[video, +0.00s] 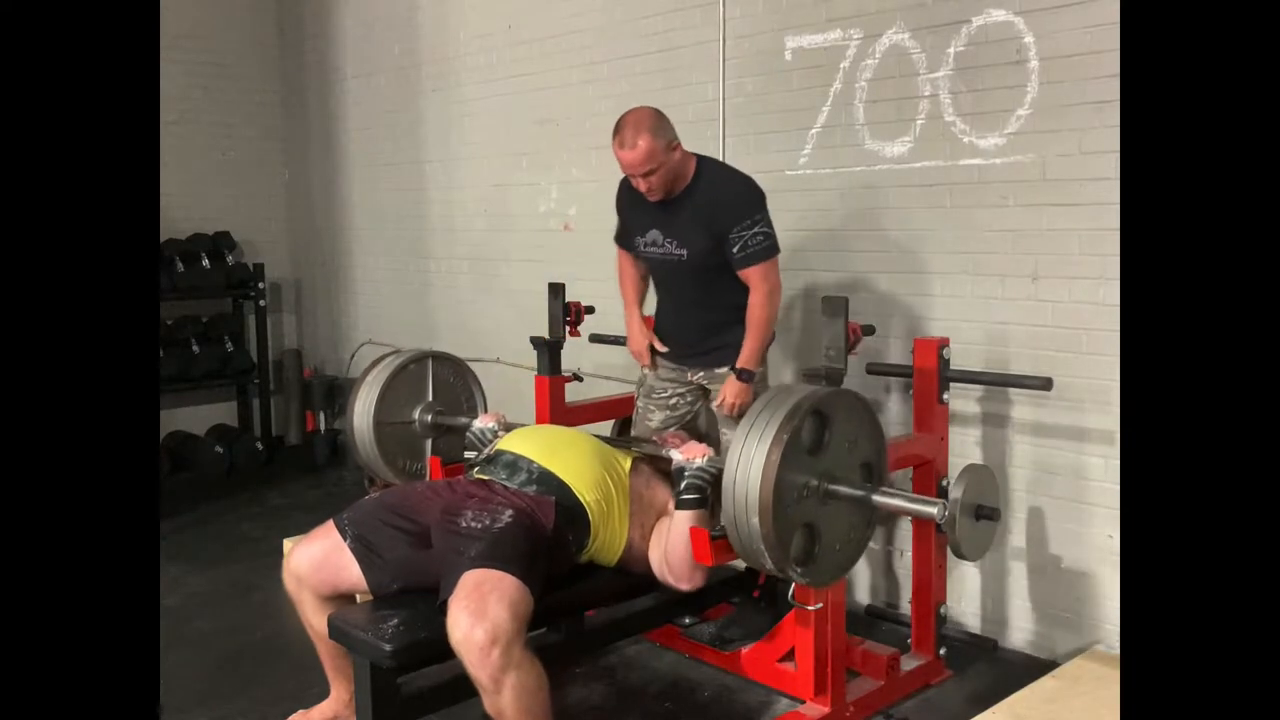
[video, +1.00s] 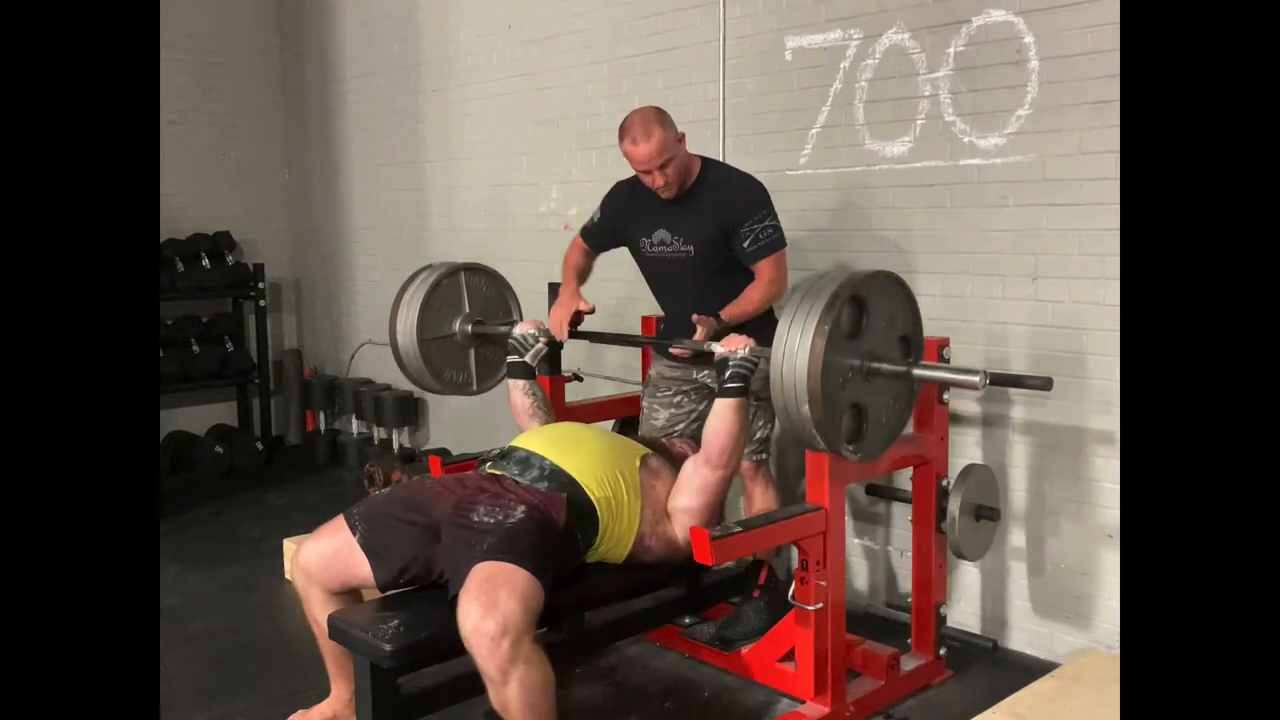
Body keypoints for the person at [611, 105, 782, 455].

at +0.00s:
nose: (640, 186)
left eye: (648, 173)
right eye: (631, 176)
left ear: (676, 151)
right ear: (622, 164)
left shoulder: (733, 194)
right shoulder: (631, 194)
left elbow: (766, 287)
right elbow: (630, 254)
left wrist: (744, 373)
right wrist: (634, 319)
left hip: (731, 366)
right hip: (667, 363)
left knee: (738, 480)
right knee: (649, 473)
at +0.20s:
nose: (647, 186)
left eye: (657, 174)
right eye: (638, 175)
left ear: (684, 153)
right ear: (630, 161)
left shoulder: (740, 197)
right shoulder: (634, 194)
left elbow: (774, 290)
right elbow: (628, 252)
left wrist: (743, 375)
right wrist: (625, 319)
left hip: (734, 370)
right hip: (669, 367)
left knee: (739, 487)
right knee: (653, 482)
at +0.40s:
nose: (644, 188)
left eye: (652, 176)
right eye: (635, 178)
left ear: (680, 155)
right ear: (624, 164)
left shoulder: (734, 199)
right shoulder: (626, 203)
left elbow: (765, 294)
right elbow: (616, 265)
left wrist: (726, 369)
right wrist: (606, 327)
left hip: (736, 362)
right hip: (668, 361)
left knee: (737, 478)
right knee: (659, 479)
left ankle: (762, 596)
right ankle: (678, 595)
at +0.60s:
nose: (646, 185)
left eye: (654, 172)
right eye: (635, 175)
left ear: (680, 150)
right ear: (624, 162)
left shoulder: (733, 197)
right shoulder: (626, 203)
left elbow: (769, 288)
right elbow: (618, 266)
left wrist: (726, 356)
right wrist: (610, 327)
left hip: (741, 356)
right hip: (670, 358)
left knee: (746, 468)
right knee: (669, 461)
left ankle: (769, 589)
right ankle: (706, 575)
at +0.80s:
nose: (651, 184)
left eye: (658, 170)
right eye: (639, 175)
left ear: (681, 146)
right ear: (626, 163)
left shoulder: (736, 193)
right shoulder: (629, 201)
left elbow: (775, 281)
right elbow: (614, 258)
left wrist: (731, 339)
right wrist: (604, 299)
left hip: (741, 353)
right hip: (675, 354)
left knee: (749, 467)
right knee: (667, 457)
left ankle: (769, 588)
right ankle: (696, 578)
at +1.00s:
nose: (656, 181)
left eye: (662, 166)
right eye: (643, 172)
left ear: (682, 140)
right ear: (628, 163)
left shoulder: (738, 192)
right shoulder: (627, 199)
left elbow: (774, 280)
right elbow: (583, 247)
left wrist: (720, 321)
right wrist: (567, 291)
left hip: (746, 347)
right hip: (677, 351)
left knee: (751, 465)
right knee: (666, 460)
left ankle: (770, 593)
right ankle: (700, 583)